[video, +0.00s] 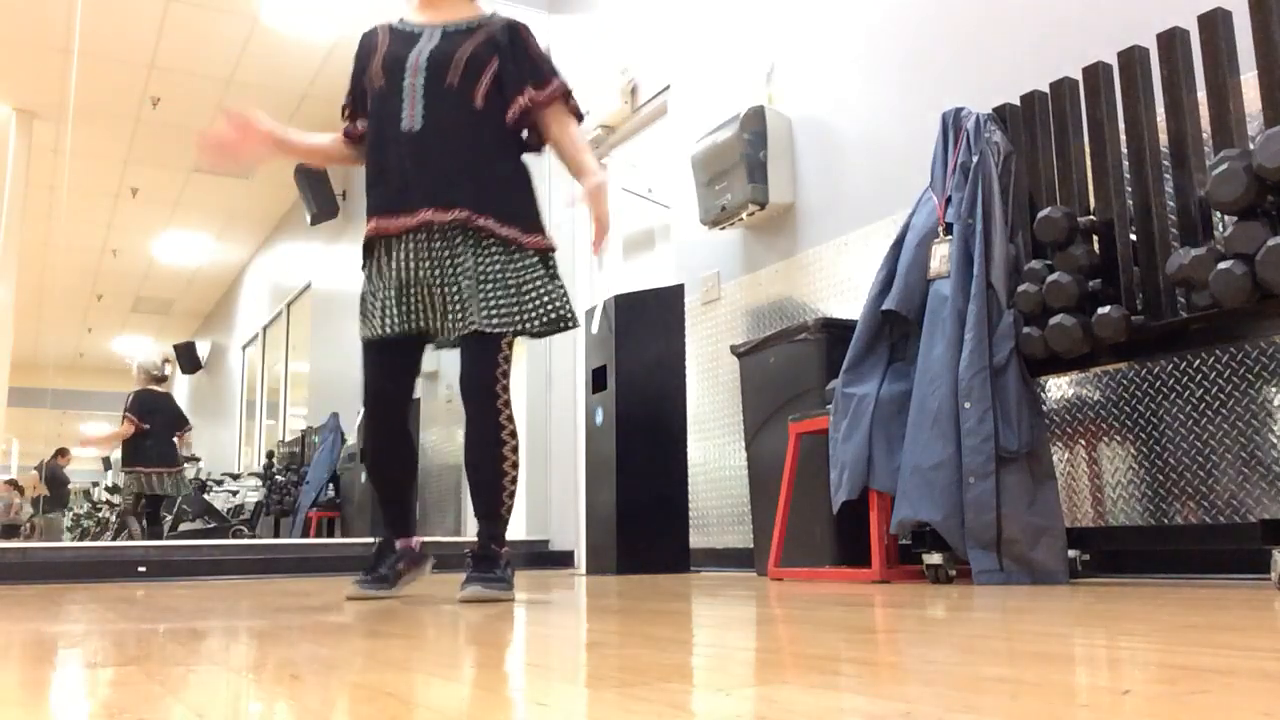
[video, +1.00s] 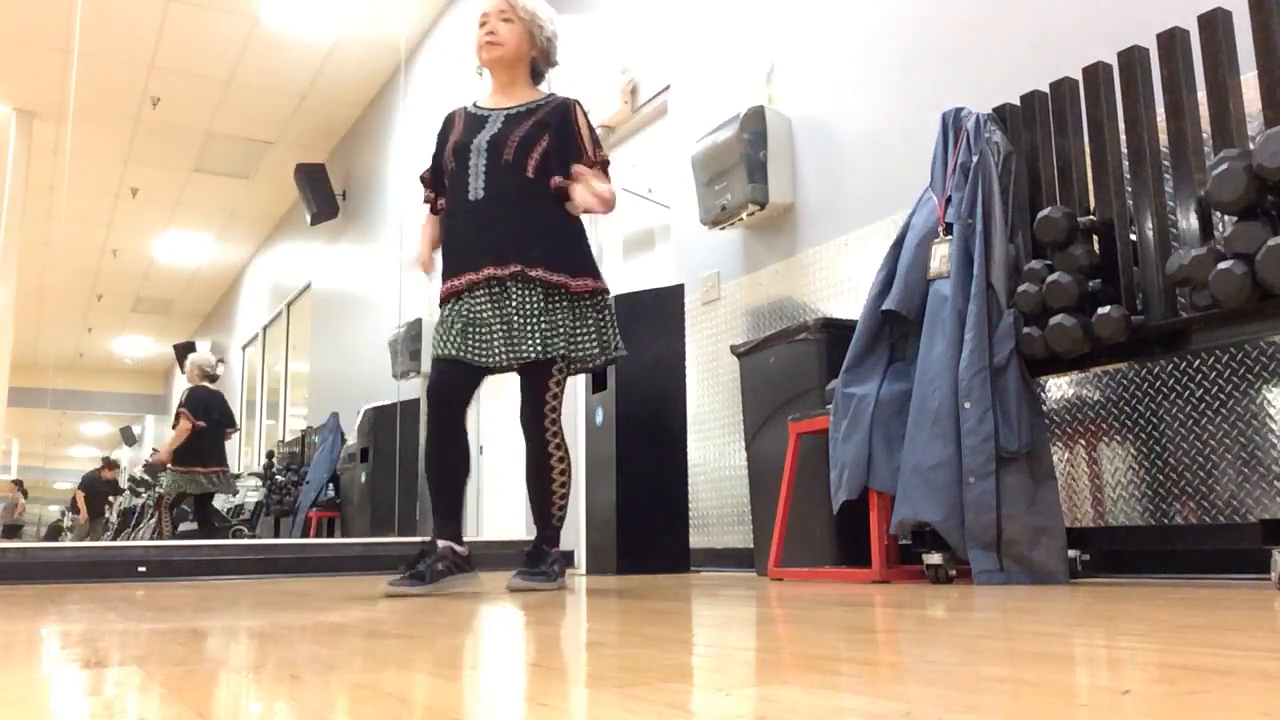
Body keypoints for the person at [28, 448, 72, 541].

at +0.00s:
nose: (68, 463)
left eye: (69, 460)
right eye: (68, 460)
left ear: (58, 457)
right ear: (60, 457)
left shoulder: (43, 465)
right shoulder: (55, 469)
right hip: (53, 511)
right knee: (54, 544)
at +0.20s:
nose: (78, 464)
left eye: (79, 461)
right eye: (77, 461)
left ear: (69, 458)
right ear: (70, 458)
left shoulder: (57, 467)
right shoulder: (65, 470)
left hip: (56, 512)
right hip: (65, 513)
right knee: (68, 543)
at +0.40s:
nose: (88, 464)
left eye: (89, 461)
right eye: (87, 461)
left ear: (80, 459)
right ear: (80, 458)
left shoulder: (79, 469)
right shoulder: (69, 469)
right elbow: (63, 487)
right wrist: (70, 504)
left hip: (79, 509)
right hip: (71, 510)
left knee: (82, 535)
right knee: (72, 538)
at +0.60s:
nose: (97, 467)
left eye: (98, 464)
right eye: (97, 464)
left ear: (90, 460)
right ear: (89, 460)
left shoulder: (91, 471)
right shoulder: (78, 471)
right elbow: (75, 491)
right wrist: (82, 508)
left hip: (88, 510)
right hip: (74, 511)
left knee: (90, 539)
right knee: (71, 540)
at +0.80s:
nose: (107, 469)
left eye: (109, 467)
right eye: (106, 466)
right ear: (98, 463)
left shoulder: (106, 476)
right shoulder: (83, 473)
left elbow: (108, 490)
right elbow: (75, 491)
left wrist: (107, 501)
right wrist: (84, 509)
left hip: (95, 512)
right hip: (78, 512)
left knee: (95, 540)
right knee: (76, 540)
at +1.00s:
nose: (115, 476)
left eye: (116, 473)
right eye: (113, 473)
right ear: (106, 470)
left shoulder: (113, 482)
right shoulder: (90, 477)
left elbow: (118, 496)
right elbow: (79, 494)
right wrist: (83, 512)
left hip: (97, 512)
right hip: (82, 510)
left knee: (97, 535)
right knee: (82, 532)